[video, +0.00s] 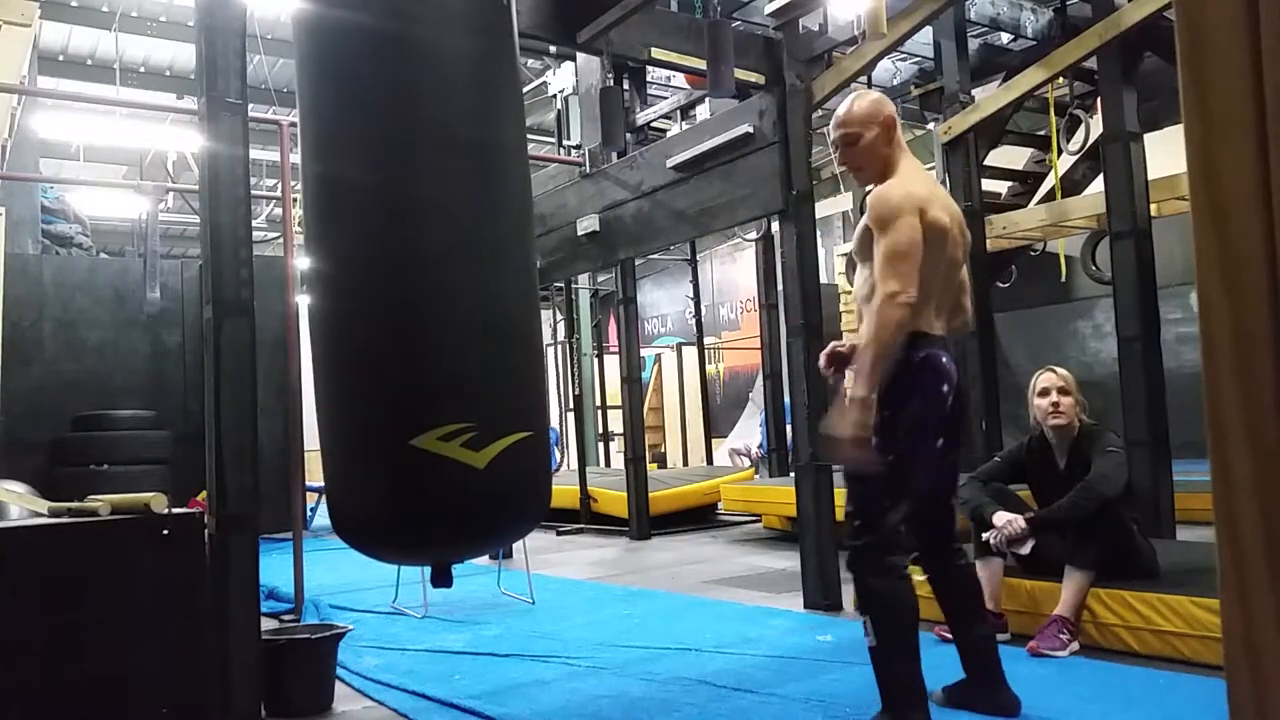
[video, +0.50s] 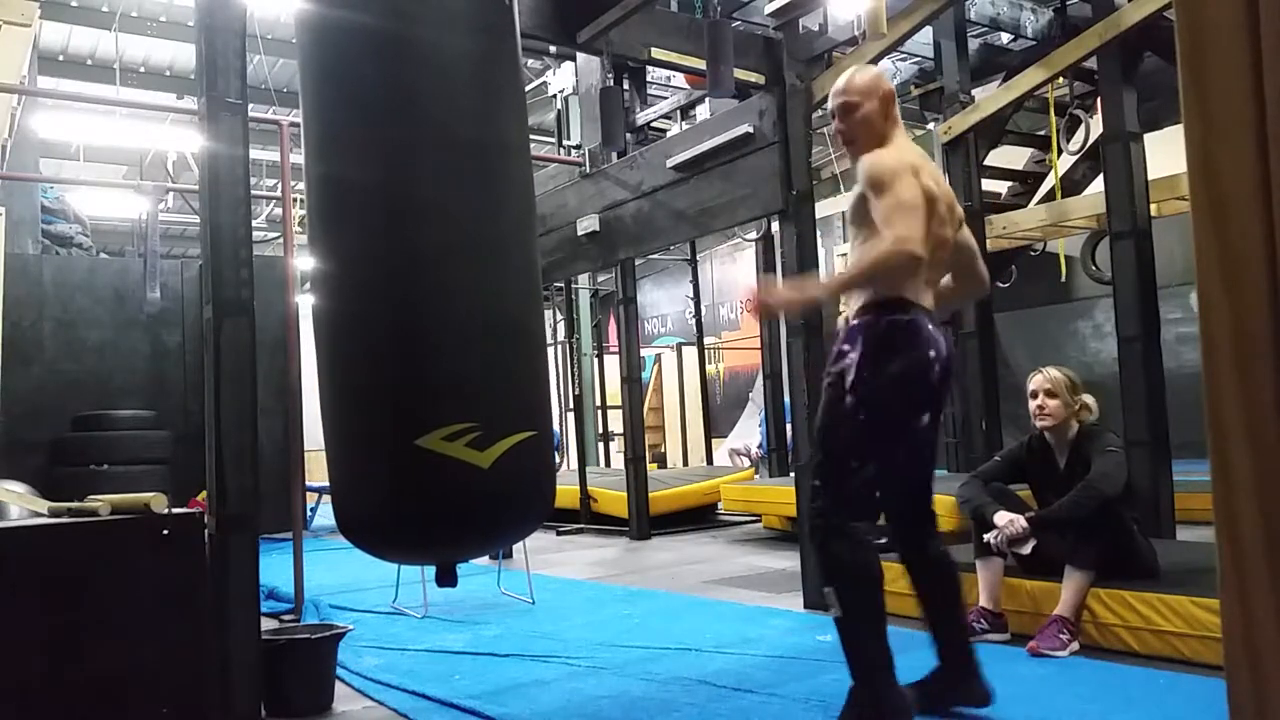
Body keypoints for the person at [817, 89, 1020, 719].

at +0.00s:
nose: (840, 155)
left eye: (849, 141)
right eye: (836, 143)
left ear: (887, 133)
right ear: (892, 138)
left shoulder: (892, 196)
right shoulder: (932, 195)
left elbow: (895, 300)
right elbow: (954, 308)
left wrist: (858, 395)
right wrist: (861, 343)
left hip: (902, 373)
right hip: (938, 370)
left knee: (873, 546)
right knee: (936, 533)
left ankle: (901, 706)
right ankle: (987, 681)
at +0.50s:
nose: (836, 125)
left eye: (846, 111)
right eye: (833, 114)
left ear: (882, 107)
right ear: (887, 113)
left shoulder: (886, 163)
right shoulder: (928, 172)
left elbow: (904, 246)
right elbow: (975, 275)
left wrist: (806, 290)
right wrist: (904, 303)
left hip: (881, 341)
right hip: (925, 343)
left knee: (838, 515)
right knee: (911, 517)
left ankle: (874, 691)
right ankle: (960, 670)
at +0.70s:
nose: (817, 143)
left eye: (827, 129)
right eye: (814, 132)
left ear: (871, 125)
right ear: (872, 134)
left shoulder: (849, 182)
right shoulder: (914, 199)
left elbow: (808, 237)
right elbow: (977, 299)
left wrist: (694, 248)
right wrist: (918, 348)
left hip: (873, 378)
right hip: (914, 379)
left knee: (828, 549)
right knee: (883, 552)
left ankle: (825, 711)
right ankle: (942, 695)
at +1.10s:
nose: (848, 78)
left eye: (865, 63)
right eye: (844, 65)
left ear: (912, 74)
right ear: (839, 74)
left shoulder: (951, 179)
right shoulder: (811, 137)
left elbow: (1067, 214)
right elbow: (721, 181)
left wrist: (1107, 167)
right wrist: (679, 146)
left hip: (821, 365)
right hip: (739, 320)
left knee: (823, 545)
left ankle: (804, 713)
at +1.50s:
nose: (827, 70)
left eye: (846, 59)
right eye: (824, 57)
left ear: (891, 68)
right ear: (816, 63)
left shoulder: (917, 181)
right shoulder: (779, 136)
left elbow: (876, 249)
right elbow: (674, 180)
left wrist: (834, 131)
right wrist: (589, 138)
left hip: (772, 365)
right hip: (687, 308)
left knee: (751, 572)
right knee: (544, 368)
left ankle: (741, 715)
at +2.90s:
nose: (764, 149)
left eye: (773, 133)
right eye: (760, 139)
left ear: (814, 124)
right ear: (822, 133)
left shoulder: (798, 182)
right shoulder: (884, 196)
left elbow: (736, 256)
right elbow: (956, 287)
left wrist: (650, 303)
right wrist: (921, 370)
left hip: (834, 371)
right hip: (881, 372)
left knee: (821, 553)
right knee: (861, 545)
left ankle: (823, 709)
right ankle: (906, 696)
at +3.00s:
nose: (764, 143)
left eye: (774, 130)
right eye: (761, 136)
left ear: (818, 121)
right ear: (822, 133)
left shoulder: (796, 173)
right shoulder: (881, 196)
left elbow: (725, 228)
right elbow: (951, 290)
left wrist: (637, 290)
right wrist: (913, 367)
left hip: (842, 370)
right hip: (883, 372)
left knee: (816, 552)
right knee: (866, 544)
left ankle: (835, 711)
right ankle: (908, 698)